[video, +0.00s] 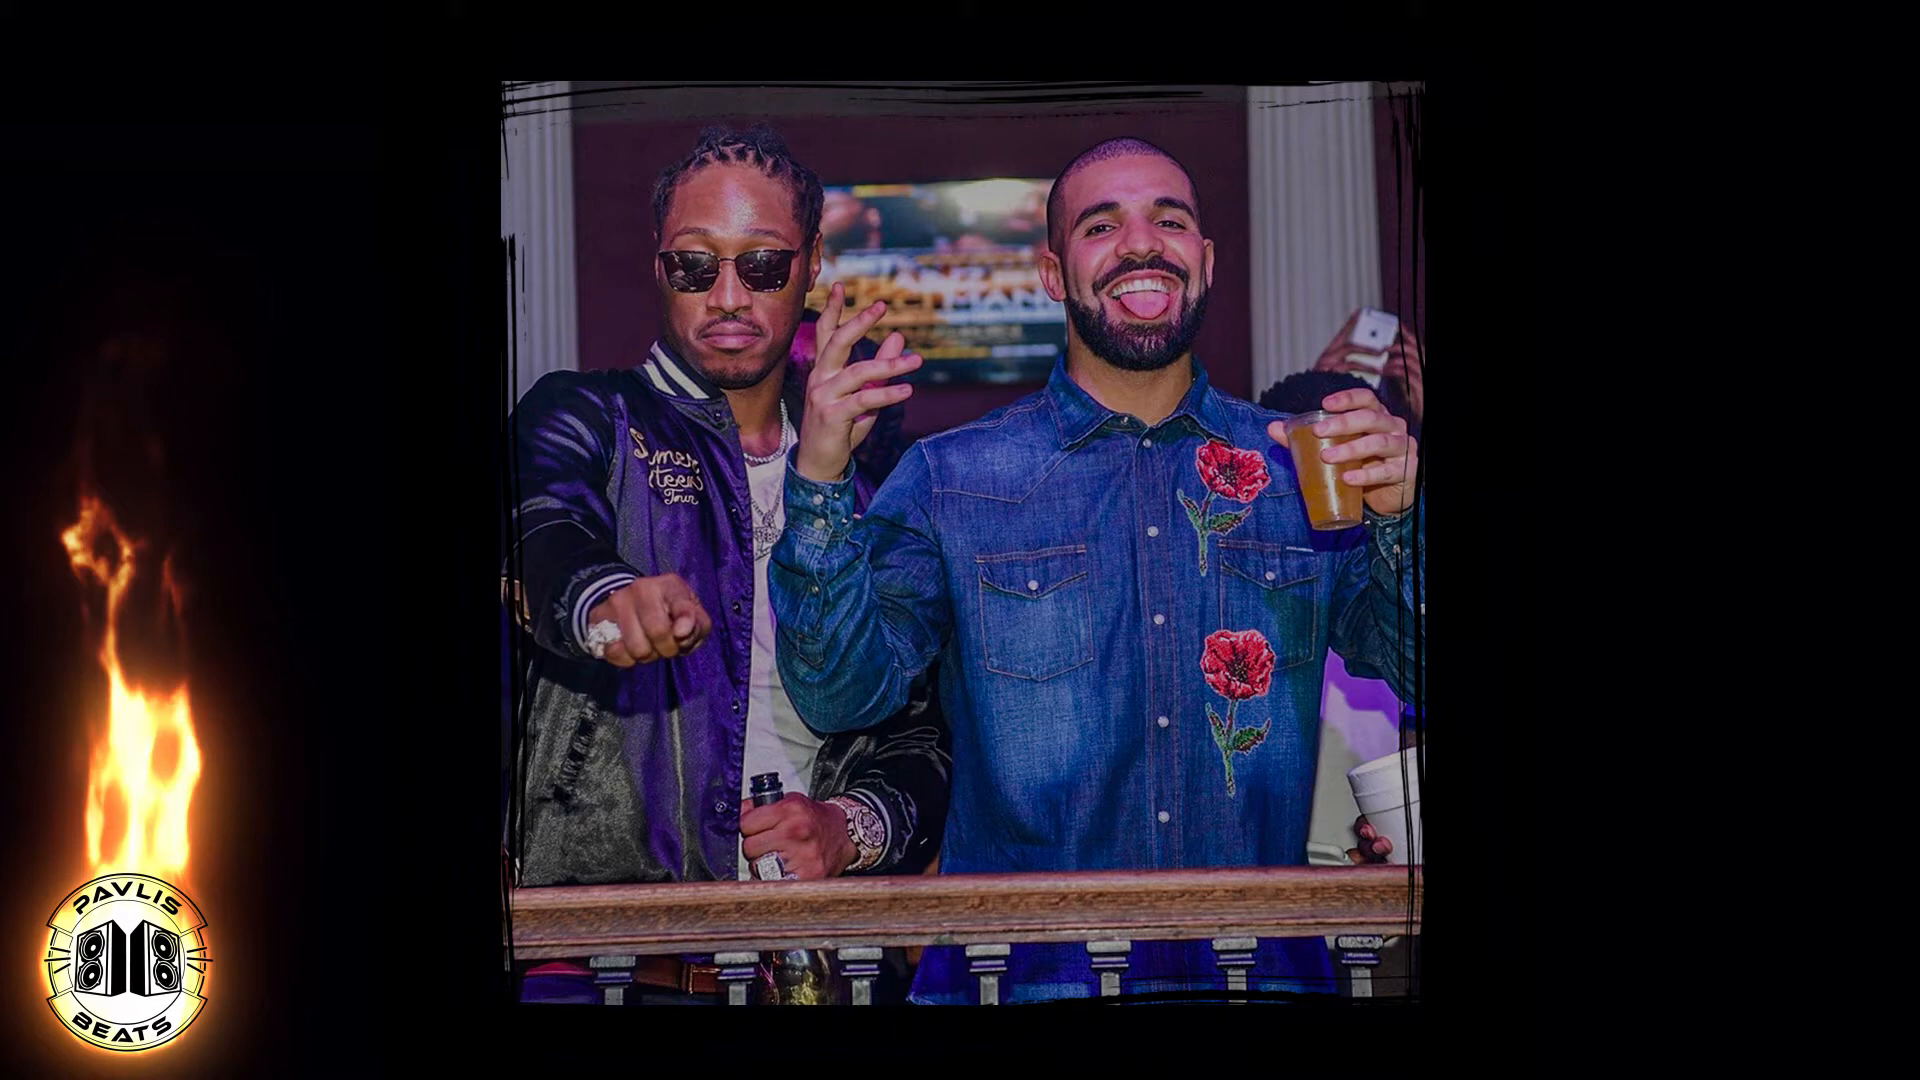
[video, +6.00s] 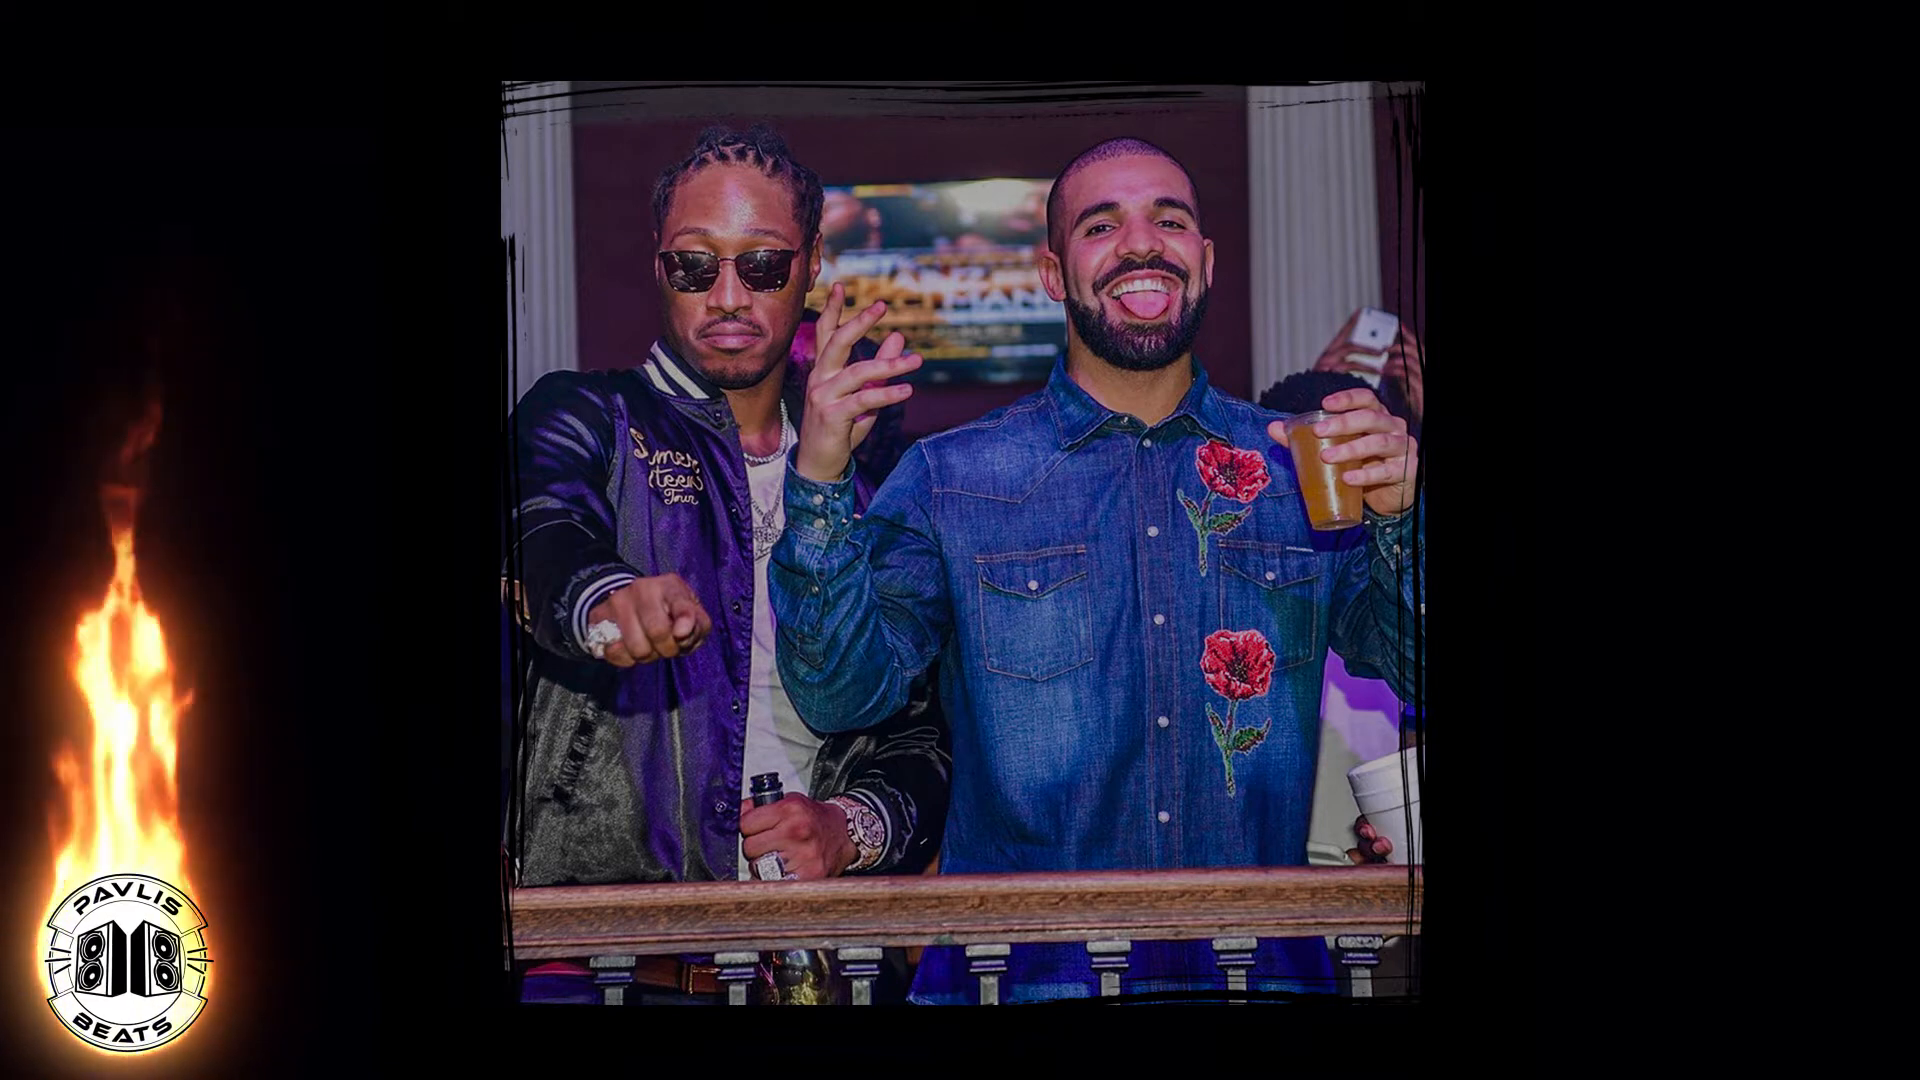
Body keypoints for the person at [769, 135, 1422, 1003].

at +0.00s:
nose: (1140, 243)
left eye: (1169, 219)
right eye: (1101, 225)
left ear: (1208, 258)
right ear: (1055, 272)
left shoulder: (1304, 470)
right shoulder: (945, 479)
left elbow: (1412, 673)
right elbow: (840, 693)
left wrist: (1402, 516)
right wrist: (818, 475)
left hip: (1254, 955)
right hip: (1020, 963)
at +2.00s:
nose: (1141, 243)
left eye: (1169, 219)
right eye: (1101, 225)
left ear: (1207, 258)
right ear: (1055, 272)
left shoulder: (1304, 469)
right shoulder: (945, 479)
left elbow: (1412, 673)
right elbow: (840, 693)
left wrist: (1402, 516)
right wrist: (818, 475)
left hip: (1255, 955)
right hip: (1021, 963)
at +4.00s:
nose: (1141, 243)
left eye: (1169, 219)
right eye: (1102, 225)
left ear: (1208, 258)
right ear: (1055, 272)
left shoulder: (1304, 469)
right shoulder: (945, 479)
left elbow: (1414, 674)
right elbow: (840, 693)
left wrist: (1402, 516)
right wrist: (819, 472)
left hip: (1255, 954)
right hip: (1021, 963)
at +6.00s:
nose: (1142, 242)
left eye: (1170, 219)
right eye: (1102, 225)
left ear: (1207, 259)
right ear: (1055, 273)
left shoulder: (1304, 469)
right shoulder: (945, 478)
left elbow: (1413, 673)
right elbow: (840, 692)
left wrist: (1402, 516)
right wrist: (818, 475)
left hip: (1255, 955)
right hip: (1022, 963)